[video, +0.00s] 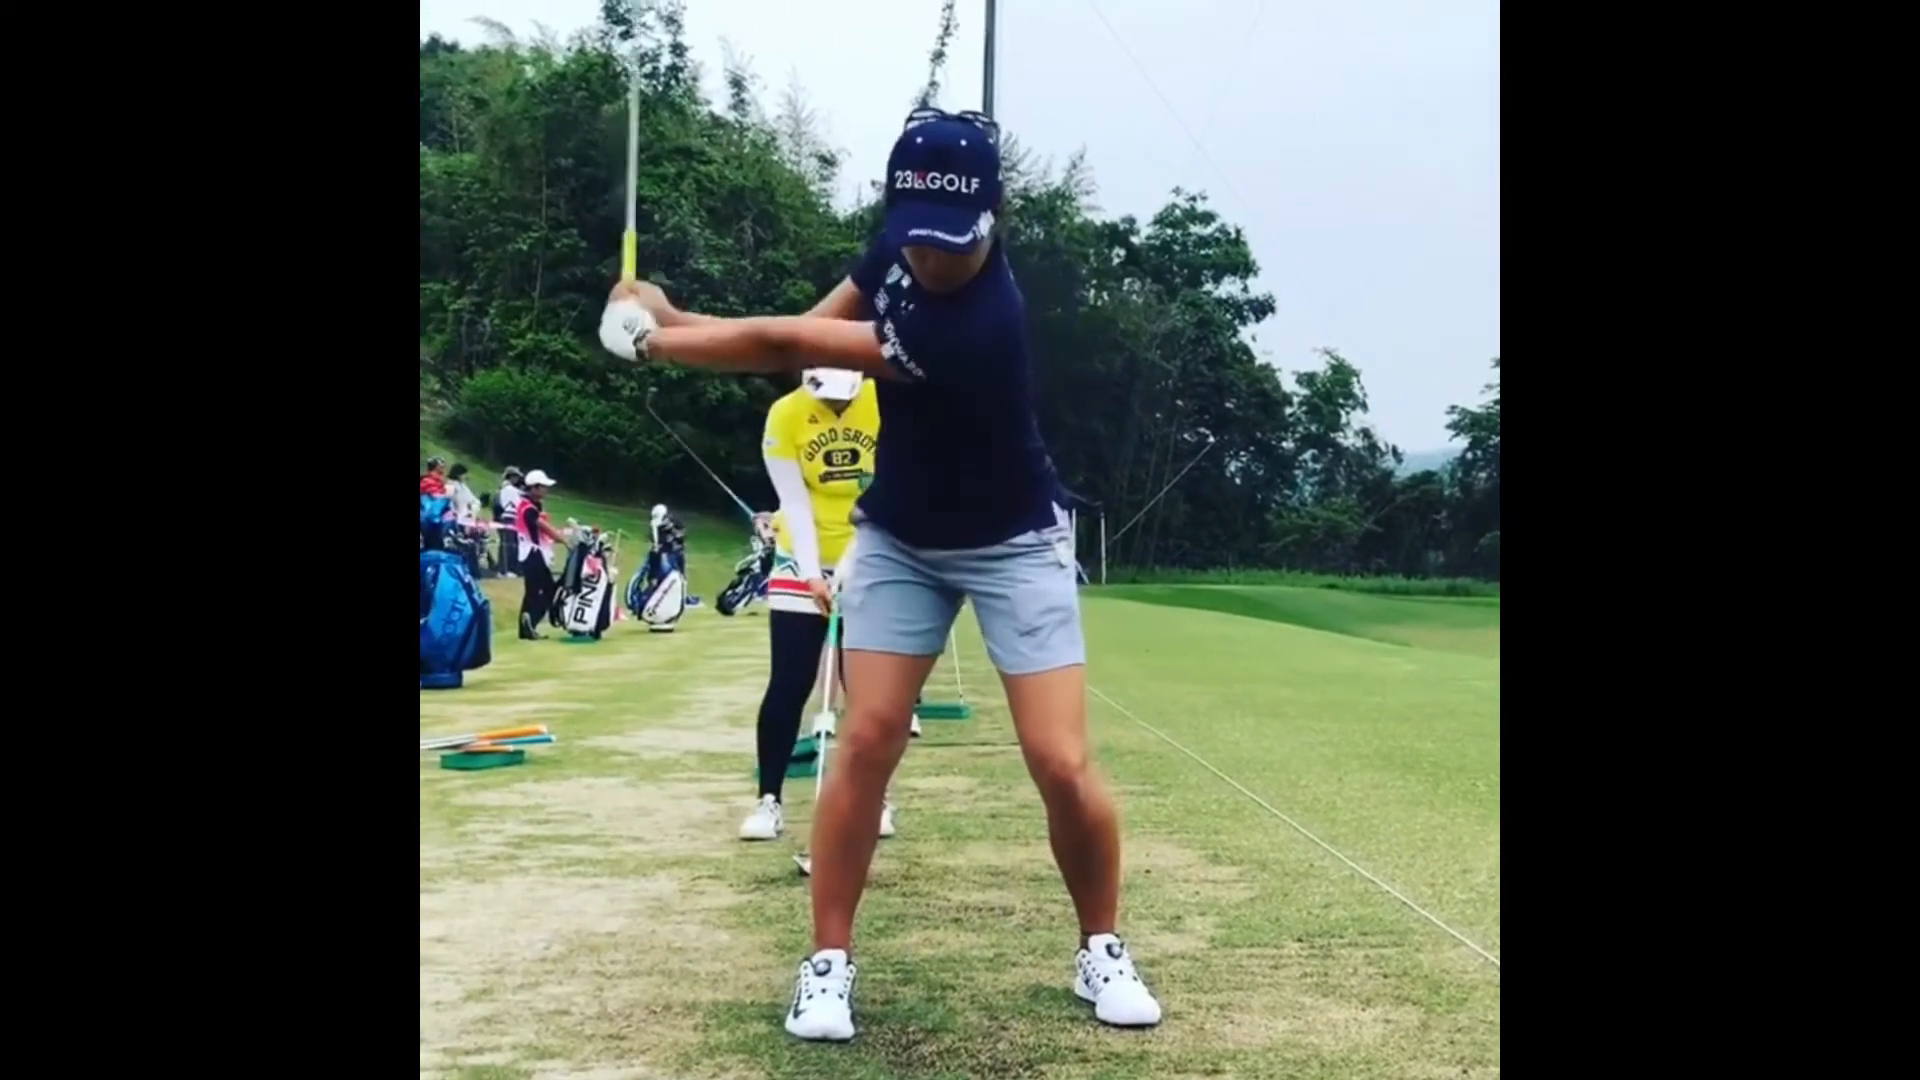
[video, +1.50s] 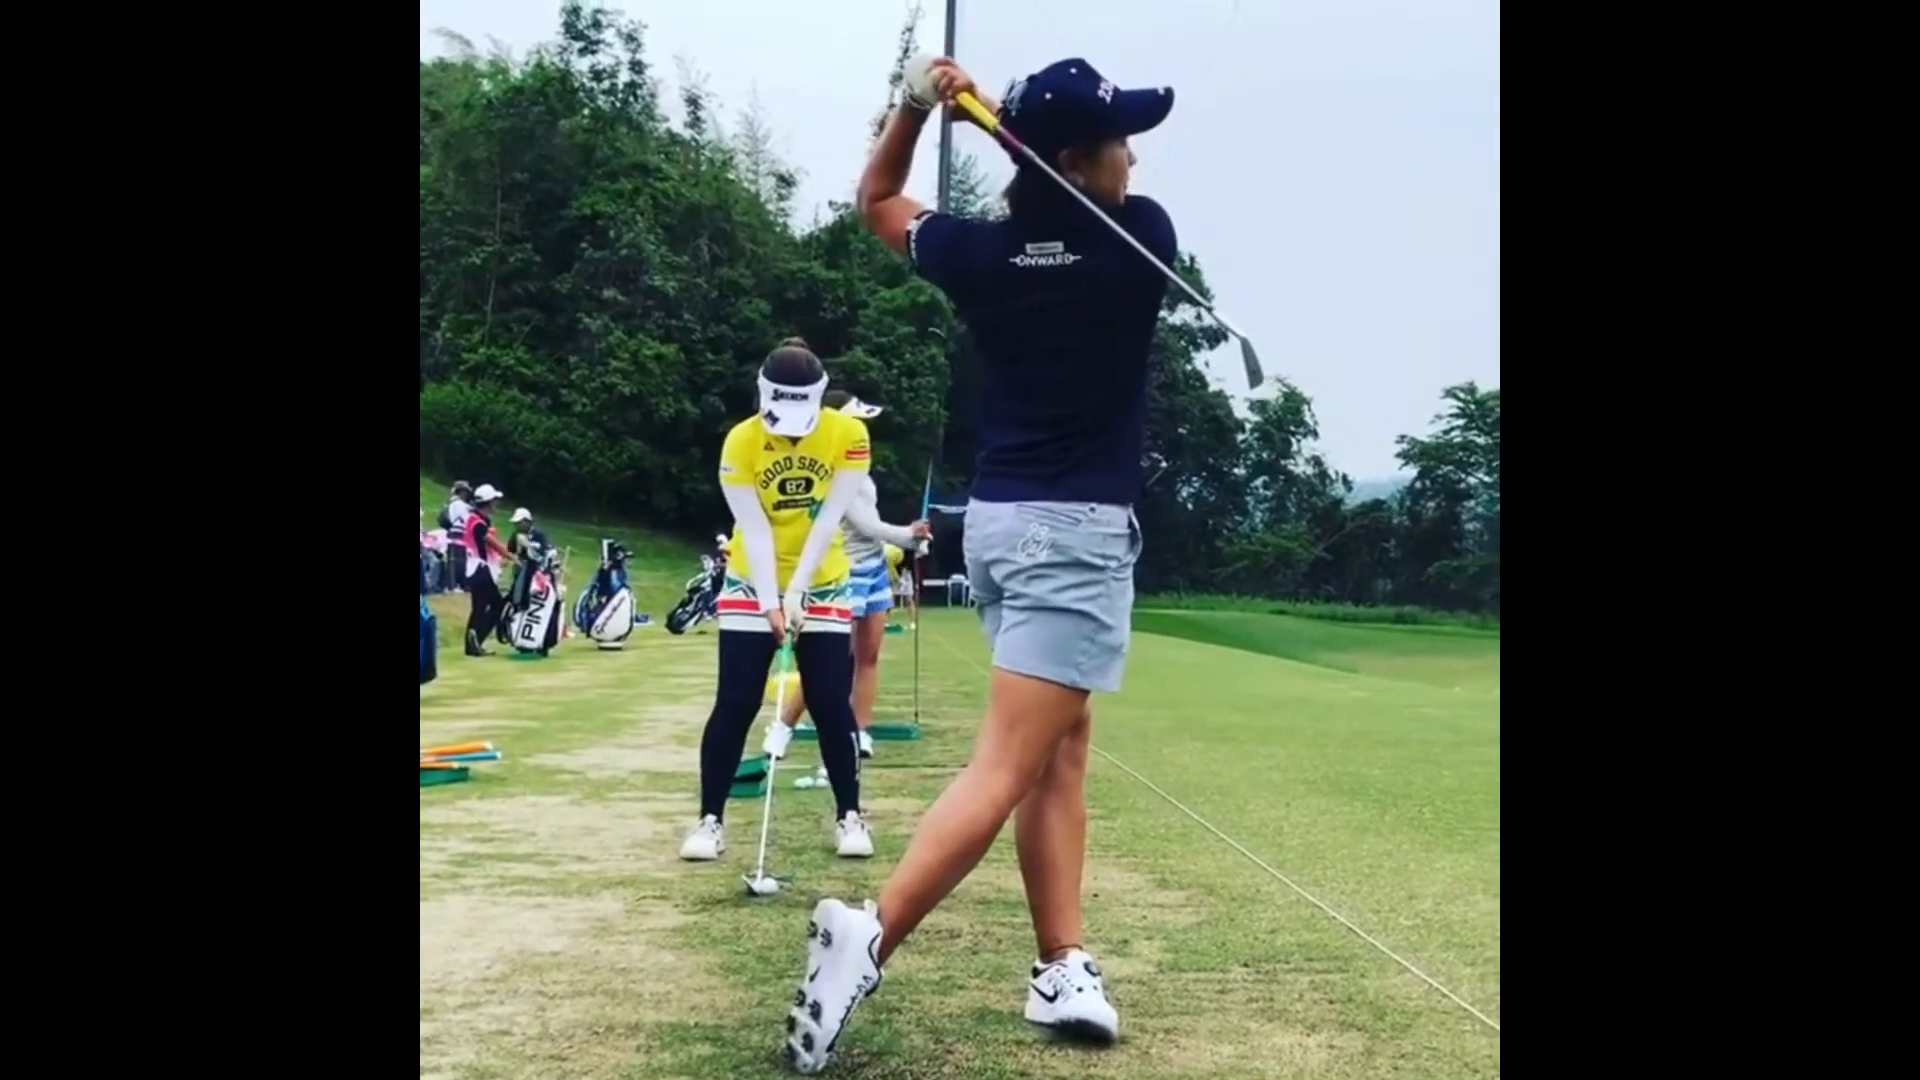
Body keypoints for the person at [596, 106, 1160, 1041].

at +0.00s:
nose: (936, 255)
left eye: (957, 237)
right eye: (920, 235)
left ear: (993, 217)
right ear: (897, 211)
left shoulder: (981, 321)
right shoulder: (896, 250)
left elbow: (790, 344)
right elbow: (808, 332)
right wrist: (682, 325)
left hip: (1017, 545)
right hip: (898, 541)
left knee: (1064, 764)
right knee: (869, 733)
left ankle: (1103, 947)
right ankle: (828, 958)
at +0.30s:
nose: (954, 260)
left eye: (970, 238)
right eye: (932, 244)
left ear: (1000, 216)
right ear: (904, 231)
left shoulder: (1002, 316)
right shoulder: (911, 288)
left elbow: (842, 283)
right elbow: (837, 329)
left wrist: (758, 212)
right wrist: (785, 226)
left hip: (1036, 556)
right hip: (917, 551)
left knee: (1071, 774)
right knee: (874, 750)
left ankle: (1099, 953)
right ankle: (825, 964)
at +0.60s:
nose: (1011, 275)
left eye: (1011, 249)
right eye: (987, 268)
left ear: (1008, 218)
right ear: (941, 270)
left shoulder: (1012, 234)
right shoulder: (981, 349)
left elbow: (1111, 299)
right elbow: (1137, 370)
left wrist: (1213, 357)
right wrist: (1242, 360)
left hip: (1094, 519)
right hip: (1024, 540)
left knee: (1096, 730)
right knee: (978, 754)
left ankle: (1093, 951)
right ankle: (817, 932)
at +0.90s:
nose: (1133, 176)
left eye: (1128, 161)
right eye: (1118, 167)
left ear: (1042, 182)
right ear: (1069, 184)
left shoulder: (977, 245)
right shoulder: (1136, 251)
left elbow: (961, 193)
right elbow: (1069, 161)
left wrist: (954, 103)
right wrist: (985, 83)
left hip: (1001, 512)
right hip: (1081, 520)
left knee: (1076, 744)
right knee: (1021, 762)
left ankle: (1079, 957)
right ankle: (878, 927)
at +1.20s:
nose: (1135, 149)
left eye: (1128, 135)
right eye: (1123, 141)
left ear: (1035, 160)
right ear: (1091, 160)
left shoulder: (980, 247)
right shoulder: (1147, 231)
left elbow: (879, 198)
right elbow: (1071, 186)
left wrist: (908, 106)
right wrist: (995, 119)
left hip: (993, 517)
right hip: (1083, 521)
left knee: (1065, 749)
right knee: (1009, 766)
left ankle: (1067, 963)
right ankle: (873, 932)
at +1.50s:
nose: (1133, 148)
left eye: (1127, 134)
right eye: (1121, 140)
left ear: (1034, 161)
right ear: (1089, 158)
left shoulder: (976, 250)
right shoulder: (1142, 234)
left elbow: (880, 199)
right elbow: (1063, 184)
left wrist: (918, 104)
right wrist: (991, 115)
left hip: (992, 522)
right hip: (1078, 526)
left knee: (1062, 752)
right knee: (1004, 770)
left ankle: (1063, 968)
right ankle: (868, 938)